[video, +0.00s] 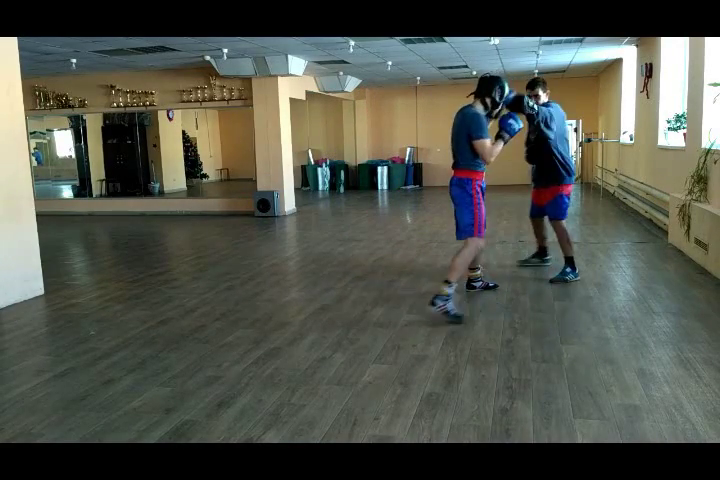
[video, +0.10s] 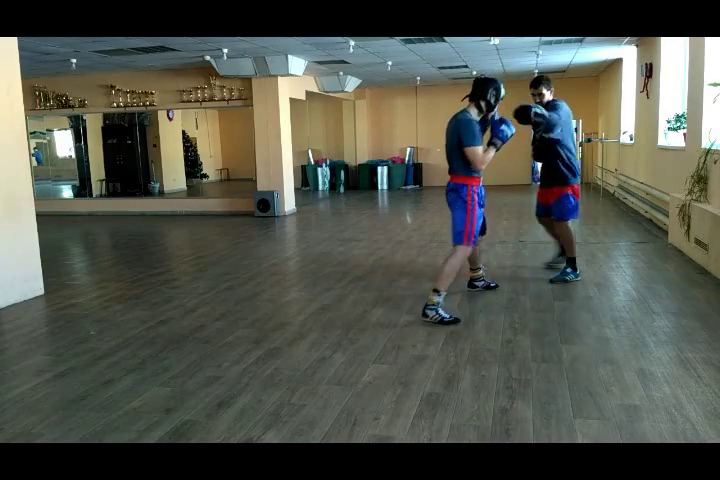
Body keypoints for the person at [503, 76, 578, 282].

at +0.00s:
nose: (533, 100)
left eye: (537, 96)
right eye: (530, 96)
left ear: (546, 94)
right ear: (528, 95)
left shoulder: (554, 110)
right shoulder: (535, 114)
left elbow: (538, 113)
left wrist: (514, 98)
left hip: (559, 174)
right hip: (541, 174)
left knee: (556, 220)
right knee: (536, 216)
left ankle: (570, 266)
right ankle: (542, 253)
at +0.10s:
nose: (537, 98)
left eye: (541, 94)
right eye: (534, 95)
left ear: (551, 92)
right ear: (531, 95)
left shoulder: (559, 107)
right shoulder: (542, 113)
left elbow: (553, 121)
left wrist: (533, 113)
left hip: (564, 174)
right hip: (548, 175)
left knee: (561, 221)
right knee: (544, 217)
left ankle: (572, 267)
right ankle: (564, 251)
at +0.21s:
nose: (538, 97)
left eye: (542, 93)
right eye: (535, 93)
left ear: (552, 90)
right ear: (534, 93)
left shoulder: (562, 107)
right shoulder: (544, 115)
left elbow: (563, 133)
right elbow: (539, 151)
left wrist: (540, 118)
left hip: (566, 175)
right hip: (552, 174)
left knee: (564, 221)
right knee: (550, 217)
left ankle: (572, 267)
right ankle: (580, 249)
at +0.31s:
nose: (544, 101)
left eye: (547, 96)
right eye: (540, 97)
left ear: (557, 93)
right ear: (538, 97)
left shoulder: (569, 110)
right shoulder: (544, 119)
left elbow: (584, 142)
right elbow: (540, 152)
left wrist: (563, 130)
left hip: (573, 176)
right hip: (558, 177)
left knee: (557, 217)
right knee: (573, 220)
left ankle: (572, 265)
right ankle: (592, 259)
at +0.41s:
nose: (547, 102)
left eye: (550, 97)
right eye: (543, 98)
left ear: (560, 94)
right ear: (540, 97)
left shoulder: (572, 111)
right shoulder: (546, 120)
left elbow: (586, 143)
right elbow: (541, 151)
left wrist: (564, 130)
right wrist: (541, 155)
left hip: (574, 175)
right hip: (558, 176)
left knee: (556, 215)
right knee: (572, 220)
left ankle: (572, 264)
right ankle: (592, 259)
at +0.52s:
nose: (550, 100)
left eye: (553, 95)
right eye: (546, 96)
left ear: (564, 93)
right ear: (544, 96)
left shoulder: (574, 111)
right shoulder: (549, 118)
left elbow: (584, 141)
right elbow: (544, 156)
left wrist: (559, 126)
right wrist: (543, 135)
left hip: (570, 177)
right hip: (559, 176)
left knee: (559, 221)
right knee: (572, 220)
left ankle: (563, 274)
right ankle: (592, 258)